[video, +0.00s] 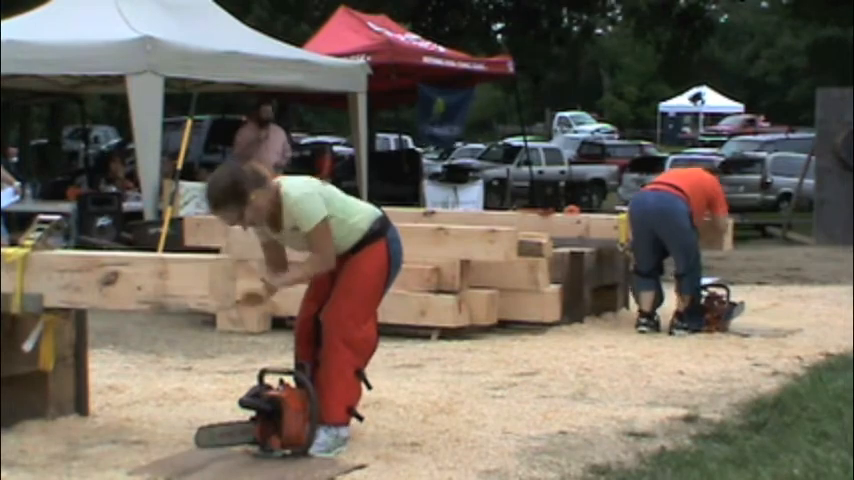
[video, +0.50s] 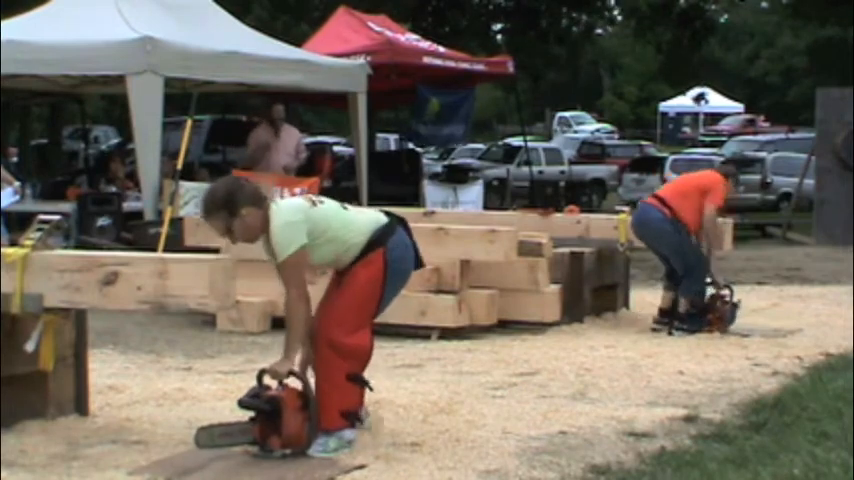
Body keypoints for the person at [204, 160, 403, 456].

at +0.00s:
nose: (244, 227)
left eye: (242, 219)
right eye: (238, 224)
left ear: (256, 198)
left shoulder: (302, 198)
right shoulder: (263, 214)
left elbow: (325, 262)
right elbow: (277, 267)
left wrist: (281, 281)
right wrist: (264, 293)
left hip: (374, 245)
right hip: (337, 254)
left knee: (338, 322)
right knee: (309, 322)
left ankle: (336, 426)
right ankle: (310, 414)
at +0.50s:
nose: (231, 241)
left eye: (230, 231)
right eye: (226, 235)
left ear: (246, 214)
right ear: (247, 215)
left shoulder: (284, 222)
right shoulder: (274, 227)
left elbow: (298, 296)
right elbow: (295, 296)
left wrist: (287, 359)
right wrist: (304, 351)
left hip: (383, 248)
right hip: (364, 252)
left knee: (334, 331)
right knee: (325, 328)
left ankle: (339, 428)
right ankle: (348, 410)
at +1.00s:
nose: (235, 258)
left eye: (233, 248)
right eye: (230, 252)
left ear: (250, 232)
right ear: (248, 235)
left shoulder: (287, 231)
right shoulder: (271, 265)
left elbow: (307, 296)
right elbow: (303, 313)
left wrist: (295, 359)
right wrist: (316, 373)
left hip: (388, 262)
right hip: (361, 271)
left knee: (339, 333)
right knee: (324, 330)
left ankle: (340, 429)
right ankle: (348, 412)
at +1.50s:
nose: (234, 254)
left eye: (231, 245)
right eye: (227, 249)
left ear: (246, 226)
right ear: (246, 226)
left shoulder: (281, 232)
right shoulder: (273, 246)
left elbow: (306, 300)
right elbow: (286, 307)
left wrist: (281, 360)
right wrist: (280, 360)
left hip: (389, 251)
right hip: (379, 254)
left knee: (333, 331)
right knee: (334, 329)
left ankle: (337, 429)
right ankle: (350, 414)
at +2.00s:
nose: (263, 147)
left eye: (264, 136)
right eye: (256, 141)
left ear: (288, 122)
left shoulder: (316, 146)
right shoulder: (286, 166)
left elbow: (352, 189)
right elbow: (309, 216)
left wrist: (307, 218)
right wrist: (308, 256)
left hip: (373, 237)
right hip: (338, 244)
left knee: (354, 323)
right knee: (327, 323)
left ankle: (356, 418)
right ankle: (337, 412)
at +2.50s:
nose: (277, 106)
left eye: (281, 96)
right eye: (271, 99)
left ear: (304, 85)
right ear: (270, 95)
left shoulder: (329, 110)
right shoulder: (282, 126)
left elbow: (338, 158)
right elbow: (279, 178)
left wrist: (286, 159)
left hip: (344, 232)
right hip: (307, 234)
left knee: (339, 321)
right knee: (298, 319)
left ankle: (344, 422)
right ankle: (297, 413)